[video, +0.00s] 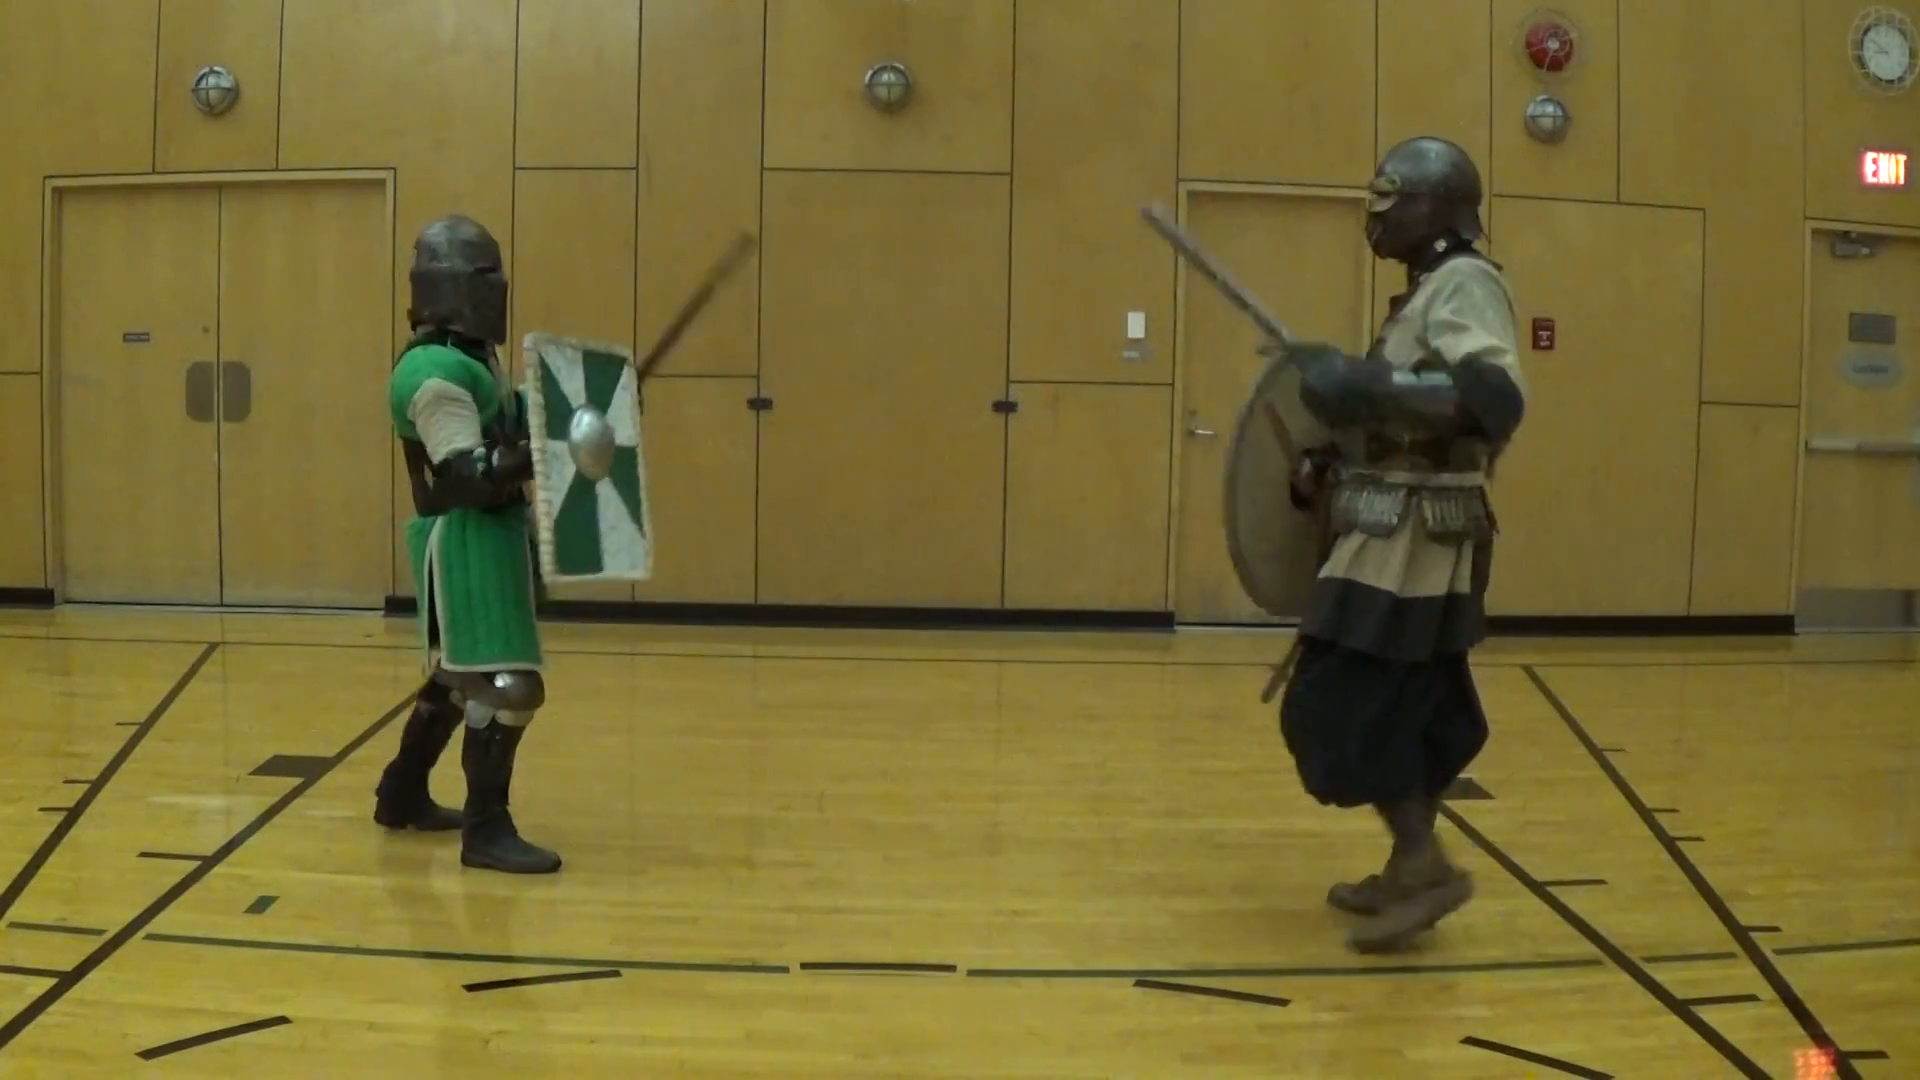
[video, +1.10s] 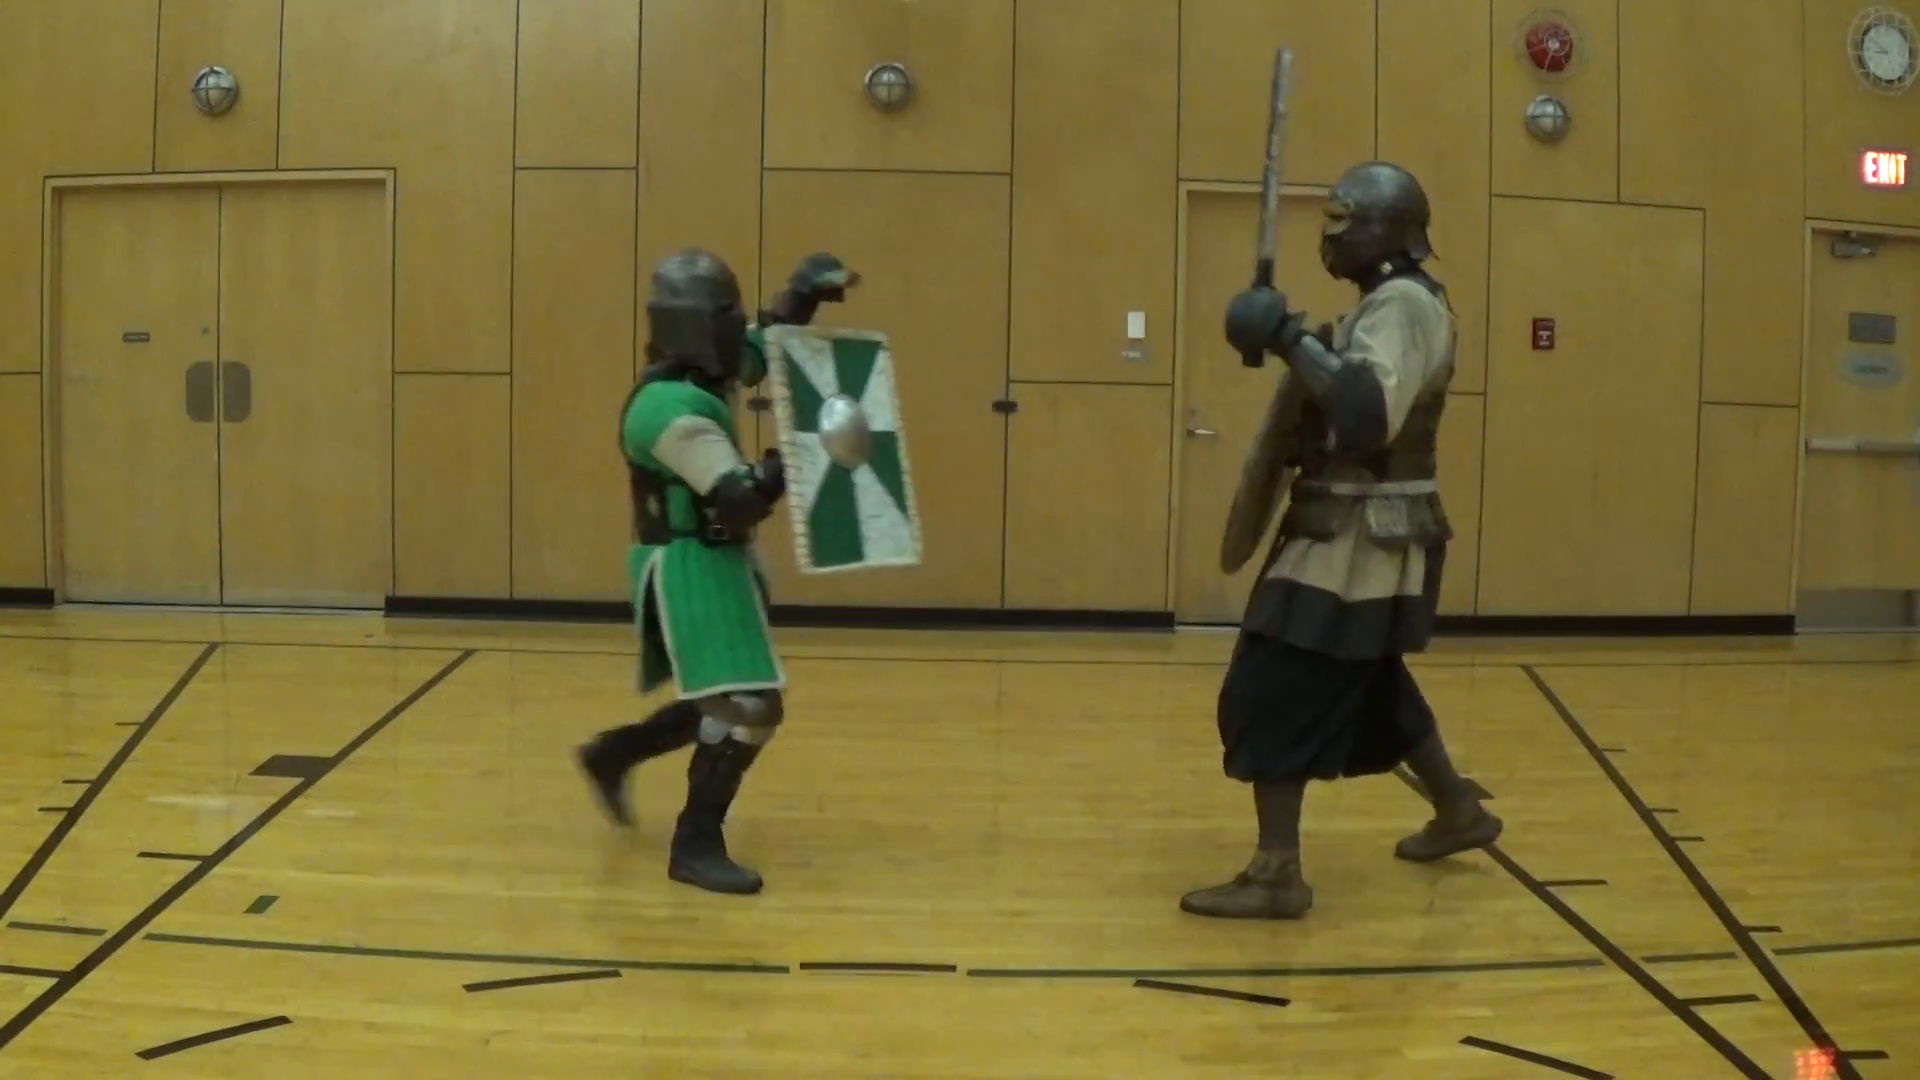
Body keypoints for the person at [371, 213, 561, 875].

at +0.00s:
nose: (498, 288)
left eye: (496, 276)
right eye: (484, 278)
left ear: (442, 294)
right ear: (448, 290)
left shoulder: (471, 361)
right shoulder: (433, 372)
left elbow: (506, 433)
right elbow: (466, 476)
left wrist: (551, 388)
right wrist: (549, 451)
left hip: (481, 530)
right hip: (465, 535)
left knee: (457, 673)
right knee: (507, 686)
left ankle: (403, 790)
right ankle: (488, 831)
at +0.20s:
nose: (521, 290)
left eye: (519, 276)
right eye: (509, 278)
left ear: (465, 291)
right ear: (476, 288)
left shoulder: (497, 357)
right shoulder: (452, 369)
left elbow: (559, 357)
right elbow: (508, 477)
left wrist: (607, 312)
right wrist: (577, 421)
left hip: (515, 529)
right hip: (477, 535)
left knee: (545, 667)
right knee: (507, 681)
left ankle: (448, 774)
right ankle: (487, 831)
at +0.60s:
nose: (575, 294)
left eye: (572, 281)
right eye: (562, 283)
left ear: (522, 296)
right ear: (523, 294)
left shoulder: (550, 360)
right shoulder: (501, 371)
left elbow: (621, 359)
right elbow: (557, 467)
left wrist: (652, 302)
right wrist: (619, 414)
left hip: (547, 531)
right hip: (517, 536)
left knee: (535, 672)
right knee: (587, 680)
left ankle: (473, 798)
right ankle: (543, 816)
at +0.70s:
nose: (598, 303)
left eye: (595, 290)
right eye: (586, 292)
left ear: (542, 299)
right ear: (554, 299)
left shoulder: (564, 363)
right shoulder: (526, 375)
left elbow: (631, 354)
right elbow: (576, 470)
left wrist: (667, 303)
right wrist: (633, 426)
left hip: (555, 539)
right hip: (538, 543)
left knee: (539, 680)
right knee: (601, 684)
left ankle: (473, 800)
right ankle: (614, 834)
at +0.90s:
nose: (659, 318)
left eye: (655, 306)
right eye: (649, 307)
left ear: (597, 316)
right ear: (621, 316)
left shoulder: (622, 376)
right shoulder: (589, 391)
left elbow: (687, 364)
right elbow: (643, 486)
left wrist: (721, 309)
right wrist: (707, 434)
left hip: (595, 556)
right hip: (609, 558)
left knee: (566, 689)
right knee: (671, 696)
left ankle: (477, 796)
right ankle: (689, 842)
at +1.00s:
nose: (698, 324)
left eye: (694, 312)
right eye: (689, 313)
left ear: (632, 320)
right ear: (664, 322)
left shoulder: (659, 380)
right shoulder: (629, 399)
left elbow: (725, 362)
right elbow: (687, 499)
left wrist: (762, 306)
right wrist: (755, 440)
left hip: (651, 562)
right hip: (653, 564)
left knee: (643, 702)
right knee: (719, 701)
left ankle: (514, 773)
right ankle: (695, 847)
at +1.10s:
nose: (734, 326)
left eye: (732, 316)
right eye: (723, 316)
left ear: (676, 327)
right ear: (692, 327)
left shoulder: (708, 379)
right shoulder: (667, 407)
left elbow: (764, 345)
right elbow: (737, 503)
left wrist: (801, 295)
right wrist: (810, 449)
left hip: (714, 559)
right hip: (687, 564)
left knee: (742, 699)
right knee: (747, 706)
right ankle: (697, 846)